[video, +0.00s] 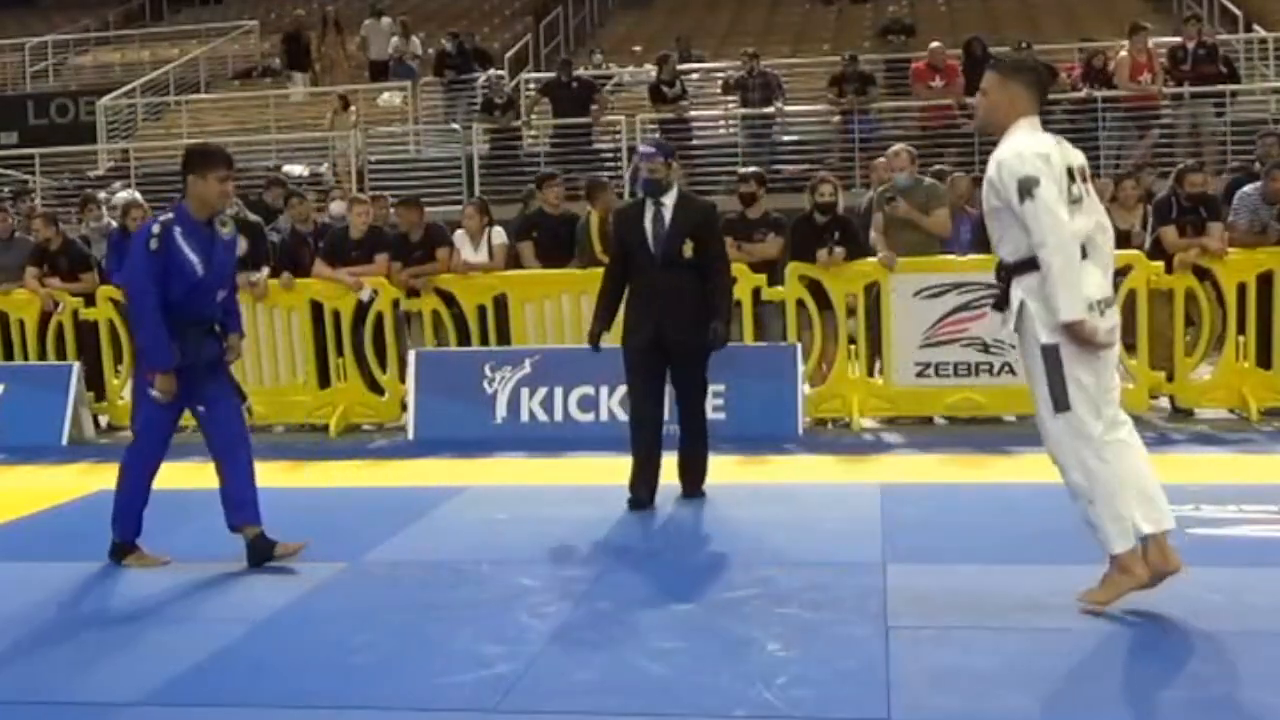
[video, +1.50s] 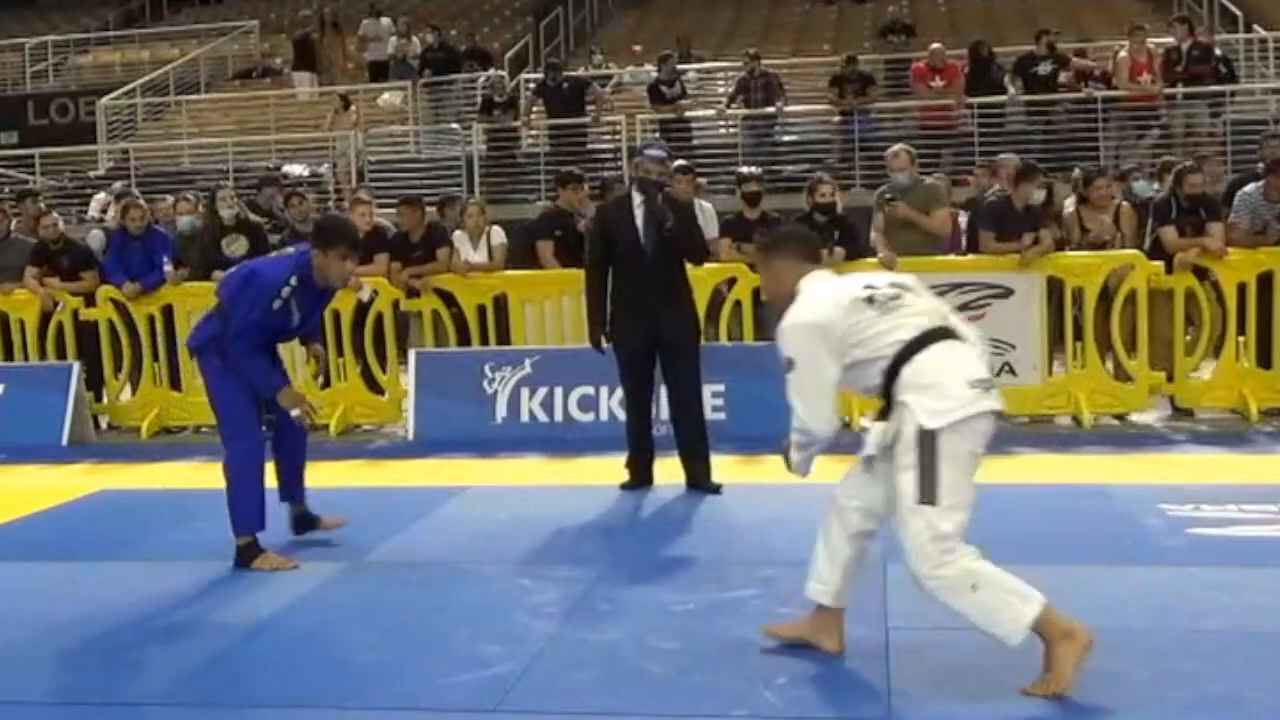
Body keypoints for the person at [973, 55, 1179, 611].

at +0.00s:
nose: (974, 101)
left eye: (981, 91)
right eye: (978, 90)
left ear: (1007, 95)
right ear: (1025, 97)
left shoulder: (1015, 156)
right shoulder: (1062, 150)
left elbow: (1053, 237)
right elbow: (1099, 231)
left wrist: (1073, 312)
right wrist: (1102, 302)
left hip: (1049, 313)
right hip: (1093, 304)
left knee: (1071, 433)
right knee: (1107, 422)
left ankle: (1123, 558)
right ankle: (1157, 542)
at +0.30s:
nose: (998, 118)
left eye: (1005, 107)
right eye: (1000, 106)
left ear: (1032, 109)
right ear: (1052, 109)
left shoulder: (1049, 170)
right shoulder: (1089, 164)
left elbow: (1070, 260)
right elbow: (1121, 258)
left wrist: (1060, 341)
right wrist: (1123, 330)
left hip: (1085, 332)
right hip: (1112, 328)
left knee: (1090, 457)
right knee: (1108, 454)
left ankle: (1143, 579)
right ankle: (1145, 576)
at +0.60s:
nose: (1005, 143)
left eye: (1011, 132)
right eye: (1006, 132)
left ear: (1039, 135)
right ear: (1056, 135)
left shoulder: (1055, 198)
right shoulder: (1092, 190)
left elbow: (1068, 292)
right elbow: (1119, 284)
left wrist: (1047, 374)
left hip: (1085, 363)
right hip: (1115, 358)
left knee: (1062, 481)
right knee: (1103, 475)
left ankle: (1125, 594)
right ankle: (1151, 583)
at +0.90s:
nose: (965, 140)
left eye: (967, 127)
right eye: (965, 128)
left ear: (990, 125)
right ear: (1016, 124)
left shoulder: (1022, 177)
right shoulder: (1062, 175)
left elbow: (1067, 239)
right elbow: (1109, 254)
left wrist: (1050, 319)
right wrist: (1087, 315)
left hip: (1068, 328)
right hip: (1101, 324)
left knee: (1034, 457)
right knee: (1082, 459)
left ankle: (1090, 599)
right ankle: (1113, 573)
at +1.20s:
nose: (881, 231)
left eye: (884, 218)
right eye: (881, 219)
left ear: (907, 217)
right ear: (936, 215)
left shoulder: (945, 273)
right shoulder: (999, 242)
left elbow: (948, 365)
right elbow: (1072, 287)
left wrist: (916, 414)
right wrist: (1059, 361)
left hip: (1042, 398)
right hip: (1064, 385)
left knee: (995, 523)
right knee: (991, 458)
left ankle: (1079, 656)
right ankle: (1081, 566)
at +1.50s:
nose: (761, 288)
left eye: (762, 275)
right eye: (759, 275)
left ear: (782, 271)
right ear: (814, 262)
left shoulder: (804, 318)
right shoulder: (874, 279)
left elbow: (817, 423)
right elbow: (959, 335)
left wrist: (798, 454)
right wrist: (890, 419)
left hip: (940, 405)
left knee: (934, 555)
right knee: (852, 503)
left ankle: (1061, 633)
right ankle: (824, 619)